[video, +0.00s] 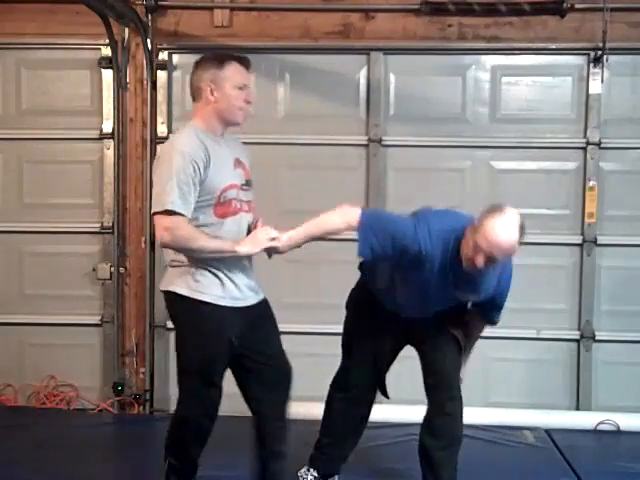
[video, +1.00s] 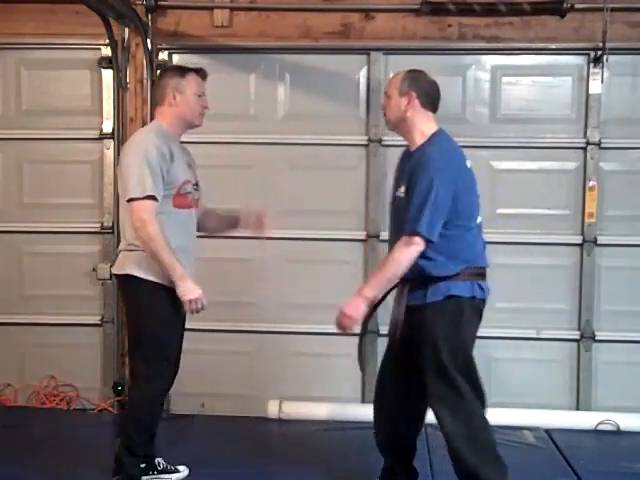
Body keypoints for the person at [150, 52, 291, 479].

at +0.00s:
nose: (250, 99)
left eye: (250, 90)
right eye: (241, 89)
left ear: (218, 93)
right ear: (209, 91)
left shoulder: (232, 144)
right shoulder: (184, 146)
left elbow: (236, 215)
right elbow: (167, 230)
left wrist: (263, 234)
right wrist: (238, 246)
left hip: (242, 291)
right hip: (199, 293)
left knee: (273, 382)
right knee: (199, 404)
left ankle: (274, 474)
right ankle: (178, 474)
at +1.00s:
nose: (207, 104)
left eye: (206, 96)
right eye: (200, 96)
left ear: (178, 98)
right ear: (174, 97)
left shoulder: (181, 152)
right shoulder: (145, 144)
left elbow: (196, 219)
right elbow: (142, 222)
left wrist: (240, 221)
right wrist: (181, 279)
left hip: (168, 279)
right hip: (144, 277)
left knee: (161, 371)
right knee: (151, 372)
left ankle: (142, 458)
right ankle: (133, 463)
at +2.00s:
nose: (177, 105)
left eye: (175, 97)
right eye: (169, 97)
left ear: (143, 104)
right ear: (141, 102)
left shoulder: (145, 145)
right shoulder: (137, 141)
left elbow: (188, 188)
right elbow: (196, 170)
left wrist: (226, 198)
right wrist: (265, 143)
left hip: (156, 272)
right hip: (159, 271)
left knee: (150, 377)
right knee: (243, 335)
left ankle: (115, 470)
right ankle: (311, 425)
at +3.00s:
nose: (278, 123)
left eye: (277, 115)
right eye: (274, 115)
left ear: (231, 122)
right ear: (251, 117)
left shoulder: (204, 183)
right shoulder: (278, 139)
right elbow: (334, 186)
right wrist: (345, 233)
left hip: (242, 311)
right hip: (291, 300)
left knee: (248, 387)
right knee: (339, 402)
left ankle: (198, 469)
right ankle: (340, 474)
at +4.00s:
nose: (319, 100)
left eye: (317, 91)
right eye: (312, 92)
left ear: (280, 99)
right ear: (282, 98)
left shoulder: (272, 134)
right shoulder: (285, 134)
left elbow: (317, 200)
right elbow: (354, 179)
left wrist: (353, 167)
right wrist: (382, 164)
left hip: (266, 279)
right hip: (276, 281)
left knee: (298, 373)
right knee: (313, 374)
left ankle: (283, 454)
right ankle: (292, 469)